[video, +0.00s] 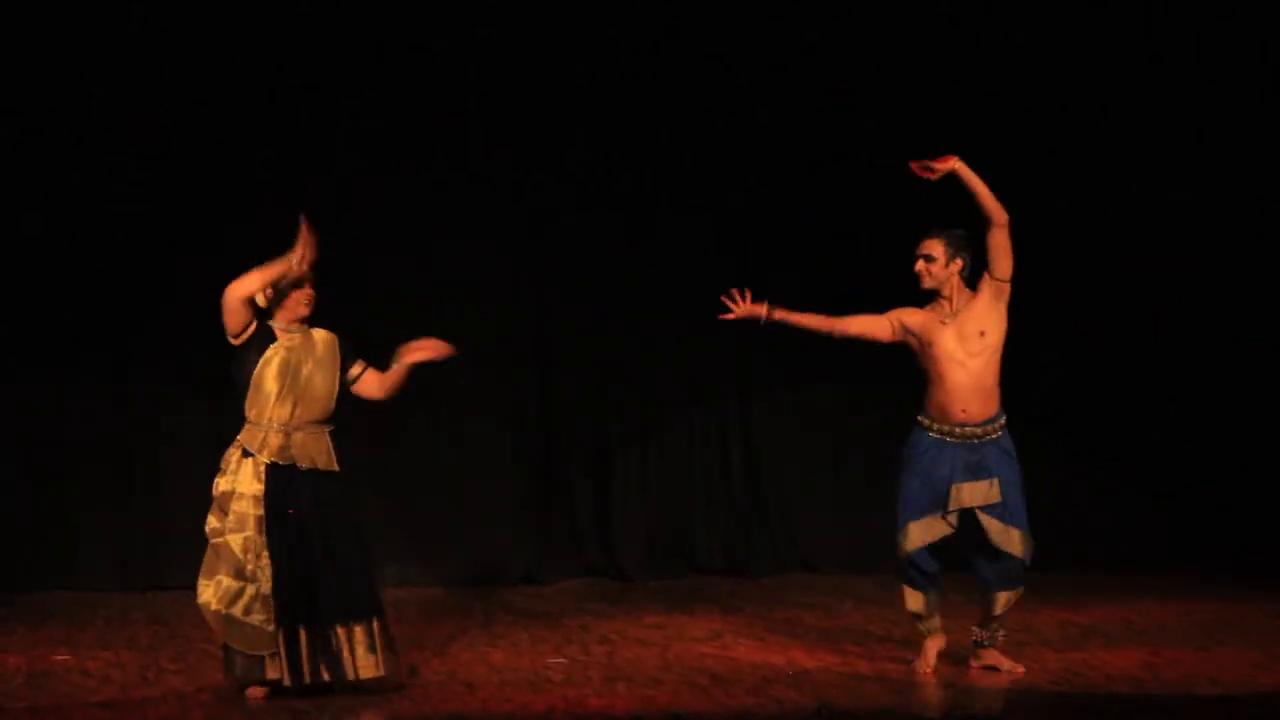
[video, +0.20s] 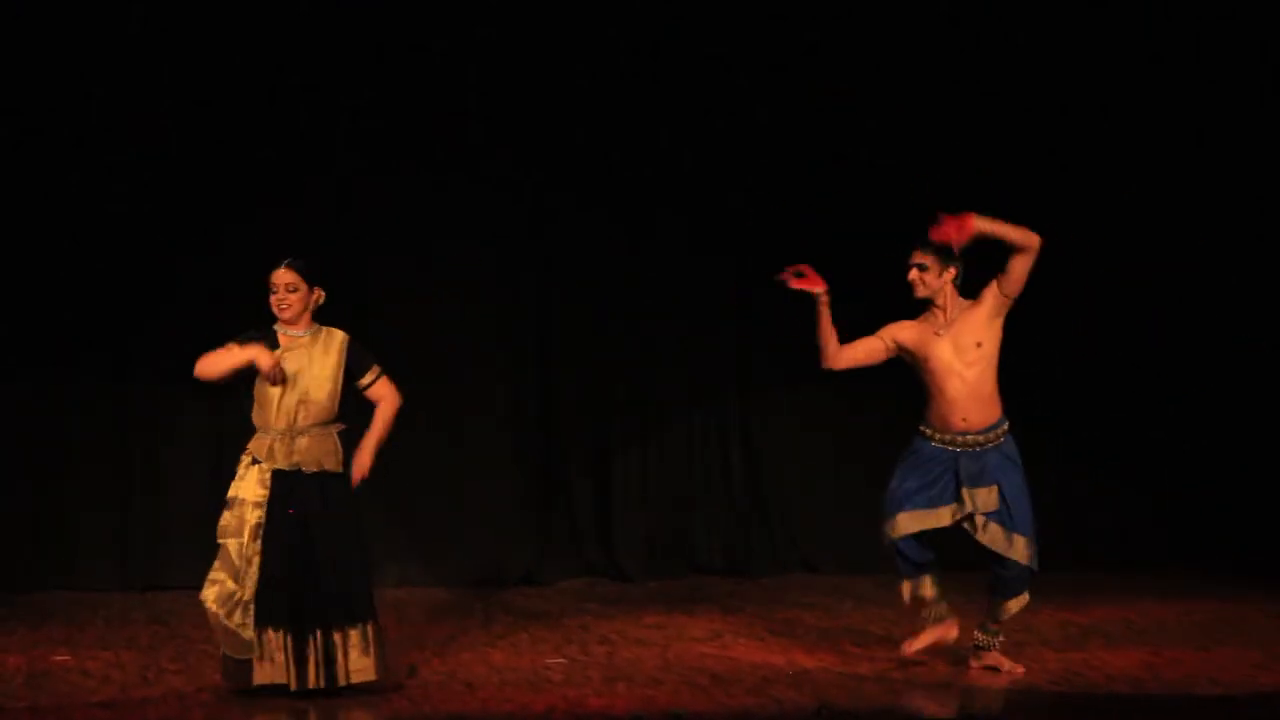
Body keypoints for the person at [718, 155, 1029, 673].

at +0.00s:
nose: (918, 268)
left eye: (929, 259)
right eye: (918, 260)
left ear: (958, 265)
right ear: (927, 268)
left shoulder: (993, 300)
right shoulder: (913, 322)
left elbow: (1000, 222)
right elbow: (838, 324)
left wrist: (960, 168)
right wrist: (769, 313)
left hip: (991, 442)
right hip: (933, 443)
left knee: (1009, 550)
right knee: (915, 546)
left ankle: (987, 646)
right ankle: (930, 639)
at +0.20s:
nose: (912, 277)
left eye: (922, 269)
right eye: (911, 270)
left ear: (951, 274)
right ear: (916, 278)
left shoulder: (989, 309)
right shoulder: (907, 334)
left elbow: (1030, 244)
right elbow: (834, 358)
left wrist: (975, 224)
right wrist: (821, 301)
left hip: (992, 447)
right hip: (934, 448)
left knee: (1016, 553)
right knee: (901, 526)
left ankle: (988, 646)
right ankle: (937, 618)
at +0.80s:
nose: (916, 295)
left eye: (925, 286)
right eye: (909, 287)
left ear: (944, 289)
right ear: (901, 292)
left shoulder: (977, 332)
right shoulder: (893, 345)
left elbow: (1057, 348)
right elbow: (815, 369)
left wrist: (1037, 402)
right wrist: (872, 355)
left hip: (981, 458)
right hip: (923, 460)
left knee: (1005, 557)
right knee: (886, 543)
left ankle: (962, 650)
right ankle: (915, 633)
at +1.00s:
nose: (927, 296)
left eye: (936, 288)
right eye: (918, 288)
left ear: (949, 292)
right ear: (906, 293)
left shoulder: (975, 339)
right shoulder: (891, 342)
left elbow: (1049, 365)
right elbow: (815, 362)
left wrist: (1027, 421)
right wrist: (873, 356)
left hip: (973, 467)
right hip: (913, 468)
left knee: (1023, 555)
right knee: (886, 559)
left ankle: (966, 639)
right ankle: (918, 656)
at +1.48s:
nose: (945, 291)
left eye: (953, 284)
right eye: (935, 284)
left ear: (961, 289)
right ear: (918, 289)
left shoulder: (984, 340)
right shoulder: (903, 341)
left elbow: (1052, 374)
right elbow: (832, 362)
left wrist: (1024, 429)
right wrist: (893, 361)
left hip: (979, 464)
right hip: (921, 462)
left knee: (1011, 557)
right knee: (884, 544)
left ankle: (964, 653)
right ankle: (914, 644)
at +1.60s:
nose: (948, 289)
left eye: (955, 281)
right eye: (937, 281)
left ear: (963, 286)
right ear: (921, 286)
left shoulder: (985, 339)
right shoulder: (906, 338)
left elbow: (1052, 374)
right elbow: (835, 360)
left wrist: (1022, 429)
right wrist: (897, 360)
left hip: (979, 465)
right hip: (922, 462)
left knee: (1011, 556)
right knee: (887, 545)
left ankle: (965, 651)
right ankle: (924, 637)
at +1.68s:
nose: (949, 289)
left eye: (956, 282)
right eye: (939, 281)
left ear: (965, 287)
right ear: (922, 287)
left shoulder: (985, 342)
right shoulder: (906, 339)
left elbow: (1050, 381)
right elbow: (836, 360)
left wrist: (1017, 432)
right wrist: (897, 362)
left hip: (977, 466)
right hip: (920, 466)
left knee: (1034, 546)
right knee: (894, 559)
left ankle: (976, 635)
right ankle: (921, 657)